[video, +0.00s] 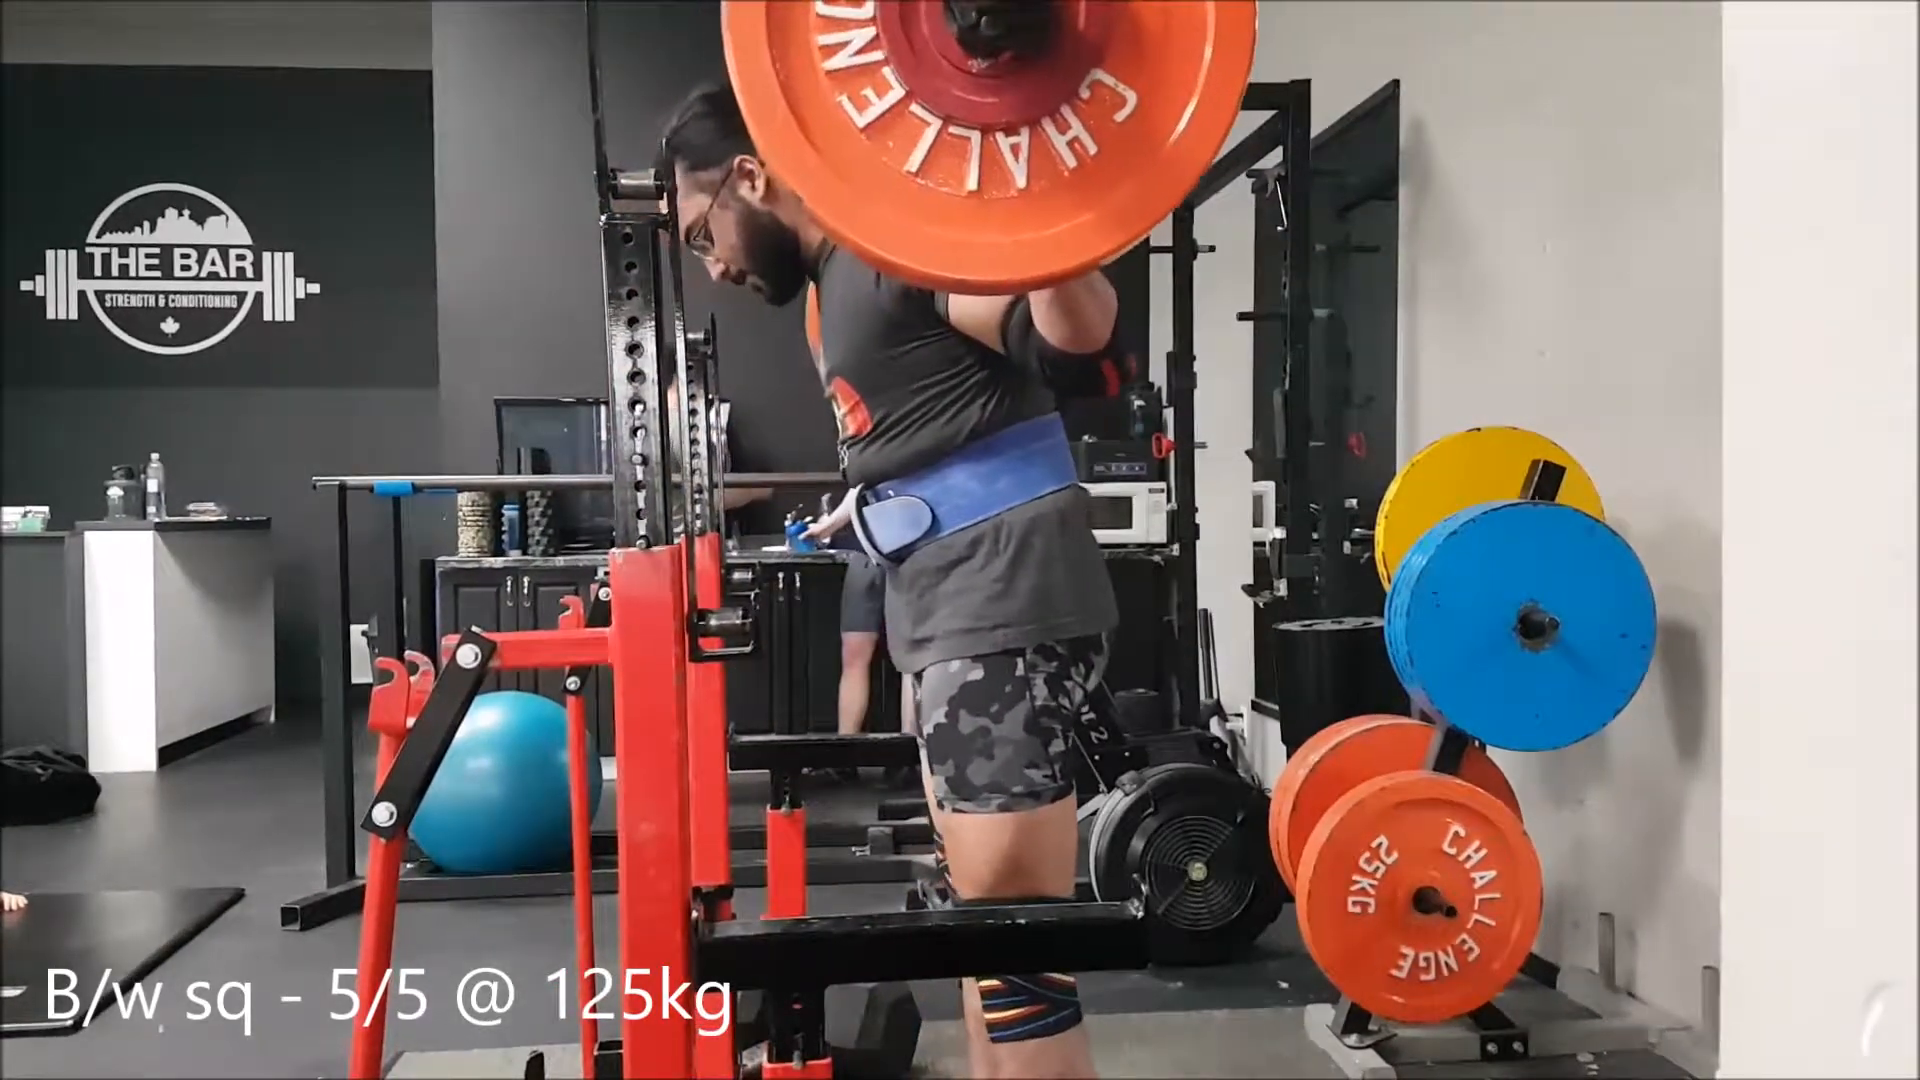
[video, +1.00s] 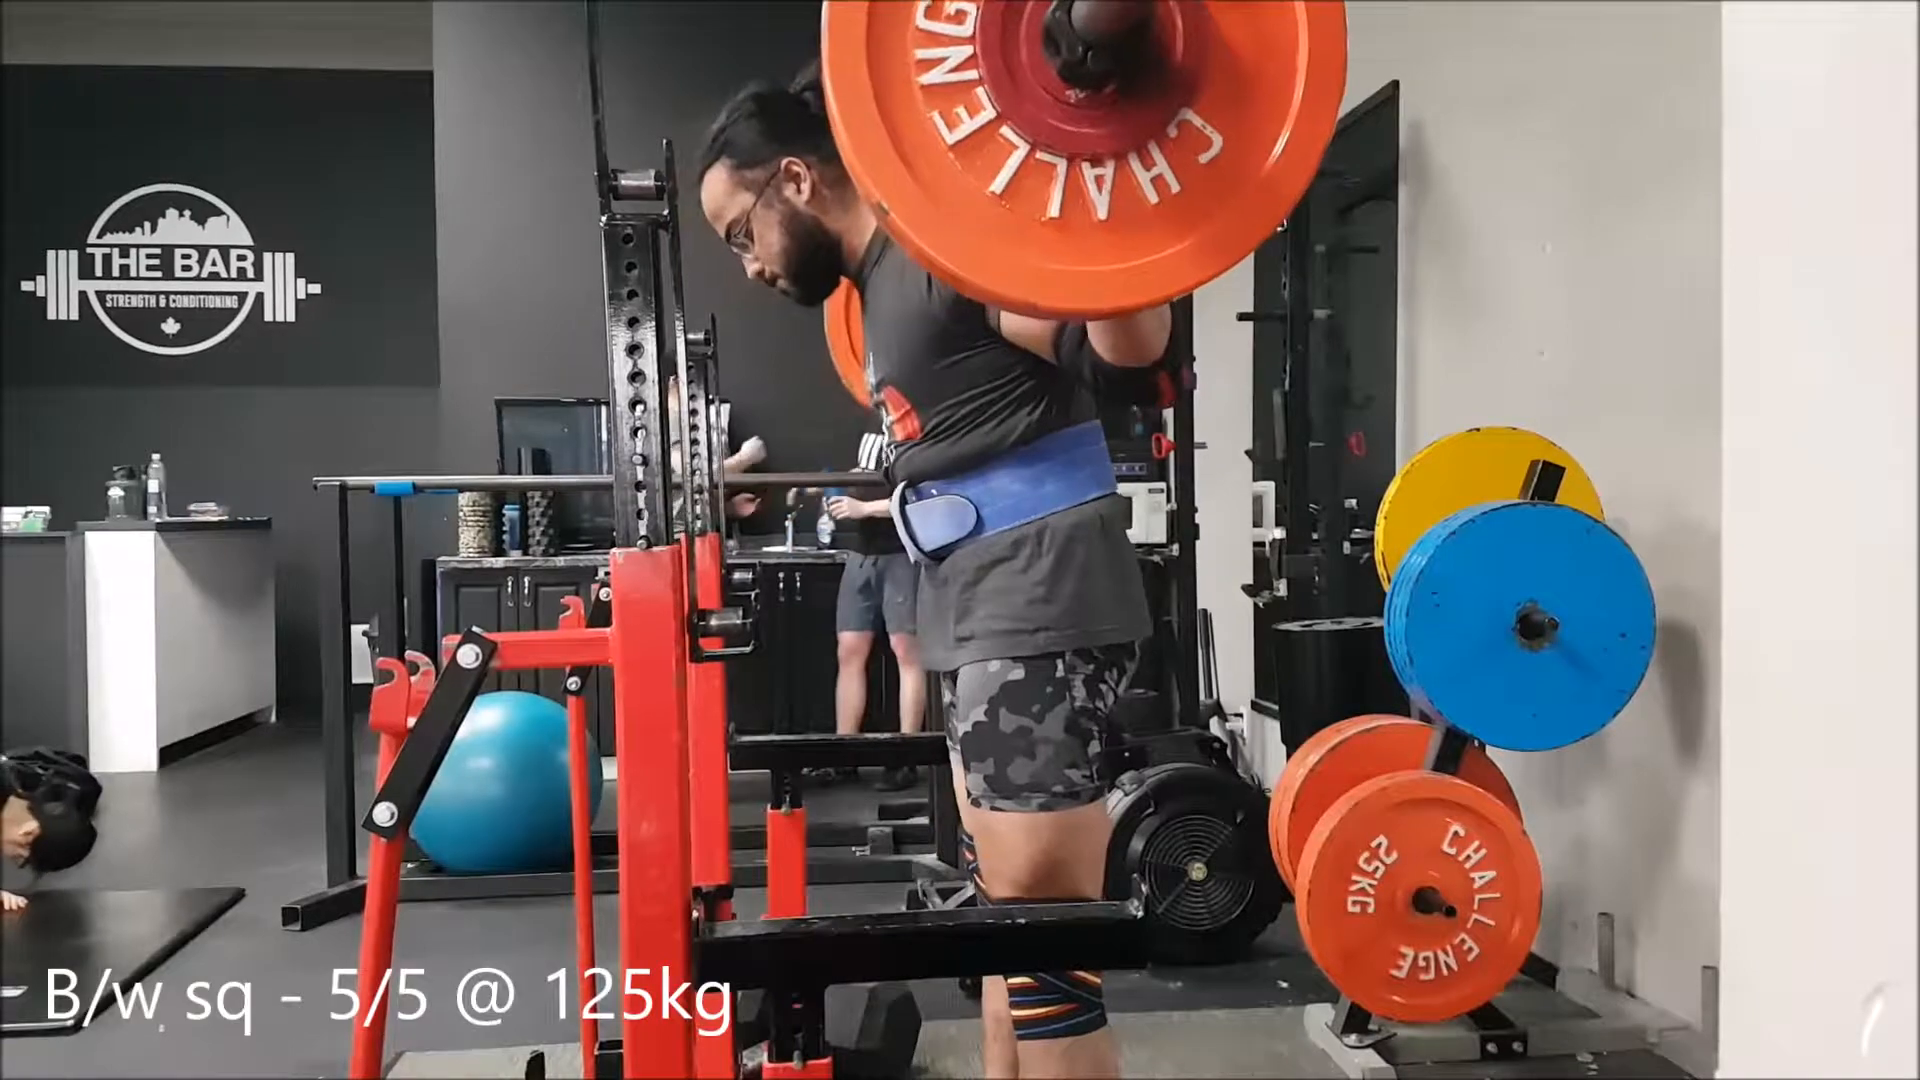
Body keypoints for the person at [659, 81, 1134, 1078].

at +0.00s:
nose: (711, 267)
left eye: (704, 234)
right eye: (694, 246)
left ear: (752, 171)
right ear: (745, 181)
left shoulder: (900, 239)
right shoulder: (835, 282)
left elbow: (1081, 327)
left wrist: (1043, 179)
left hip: (1006, 604)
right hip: (943, 609)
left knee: (1017, 942)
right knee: (983, 934)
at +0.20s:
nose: (722, 267)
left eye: (715, 233)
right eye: (705, 249)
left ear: (765, 172)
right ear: (760, 183)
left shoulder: (910, 240)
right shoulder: (841, 285)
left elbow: (1094, 333)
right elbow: (936, 427)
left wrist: (1061, 190)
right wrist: (869, 496)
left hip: (1017, 606)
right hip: (954, 610)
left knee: (1026, 941)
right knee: (984, 933)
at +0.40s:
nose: (731, 269)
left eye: (722, 236)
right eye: (712, 251)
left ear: (776, 177)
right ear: (771, 186)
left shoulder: (917, 236)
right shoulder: (852, 287)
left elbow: (1113, 337)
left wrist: (1084, 175)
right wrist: (875, 491)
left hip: (1029, 593)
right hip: (962, 602)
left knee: (1042, 947)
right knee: (996, 935)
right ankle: (1000, 1077)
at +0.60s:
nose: (738, 269)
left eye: (729, 234)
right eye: (720, 251)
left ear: (786, 181)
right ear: (783, 188)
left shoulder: (931, 236)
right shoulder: (868, 286)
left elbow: (1126, 341)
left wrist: (1111, 170)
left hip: (1040, 602)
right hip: (977, 611)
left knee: (1052, 950)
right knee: (1006, 936)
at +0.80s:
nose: (744, 266)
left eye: (736, 231)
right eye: (726, 248)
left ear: (792, 179)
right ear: (789, 187)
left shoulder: (937, 239)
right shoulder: (876, 285)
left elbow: (1133, 338)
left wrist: (1119, 168)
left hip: (1044, 601)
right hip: (981, 608)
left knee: (1047, 942)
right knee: (1004, 933)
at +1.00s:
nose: (748, 265)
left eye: (741, 231)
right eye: (731, 247)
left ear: (798, 180)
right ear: (796, 188)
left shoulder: (942, 234)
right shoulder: (880, 286)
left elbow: (1133, 340)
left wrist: (1127, 162)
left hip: (1044, 604)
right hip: (981, 611)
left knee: (1044, 939)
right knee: (1004, 932)